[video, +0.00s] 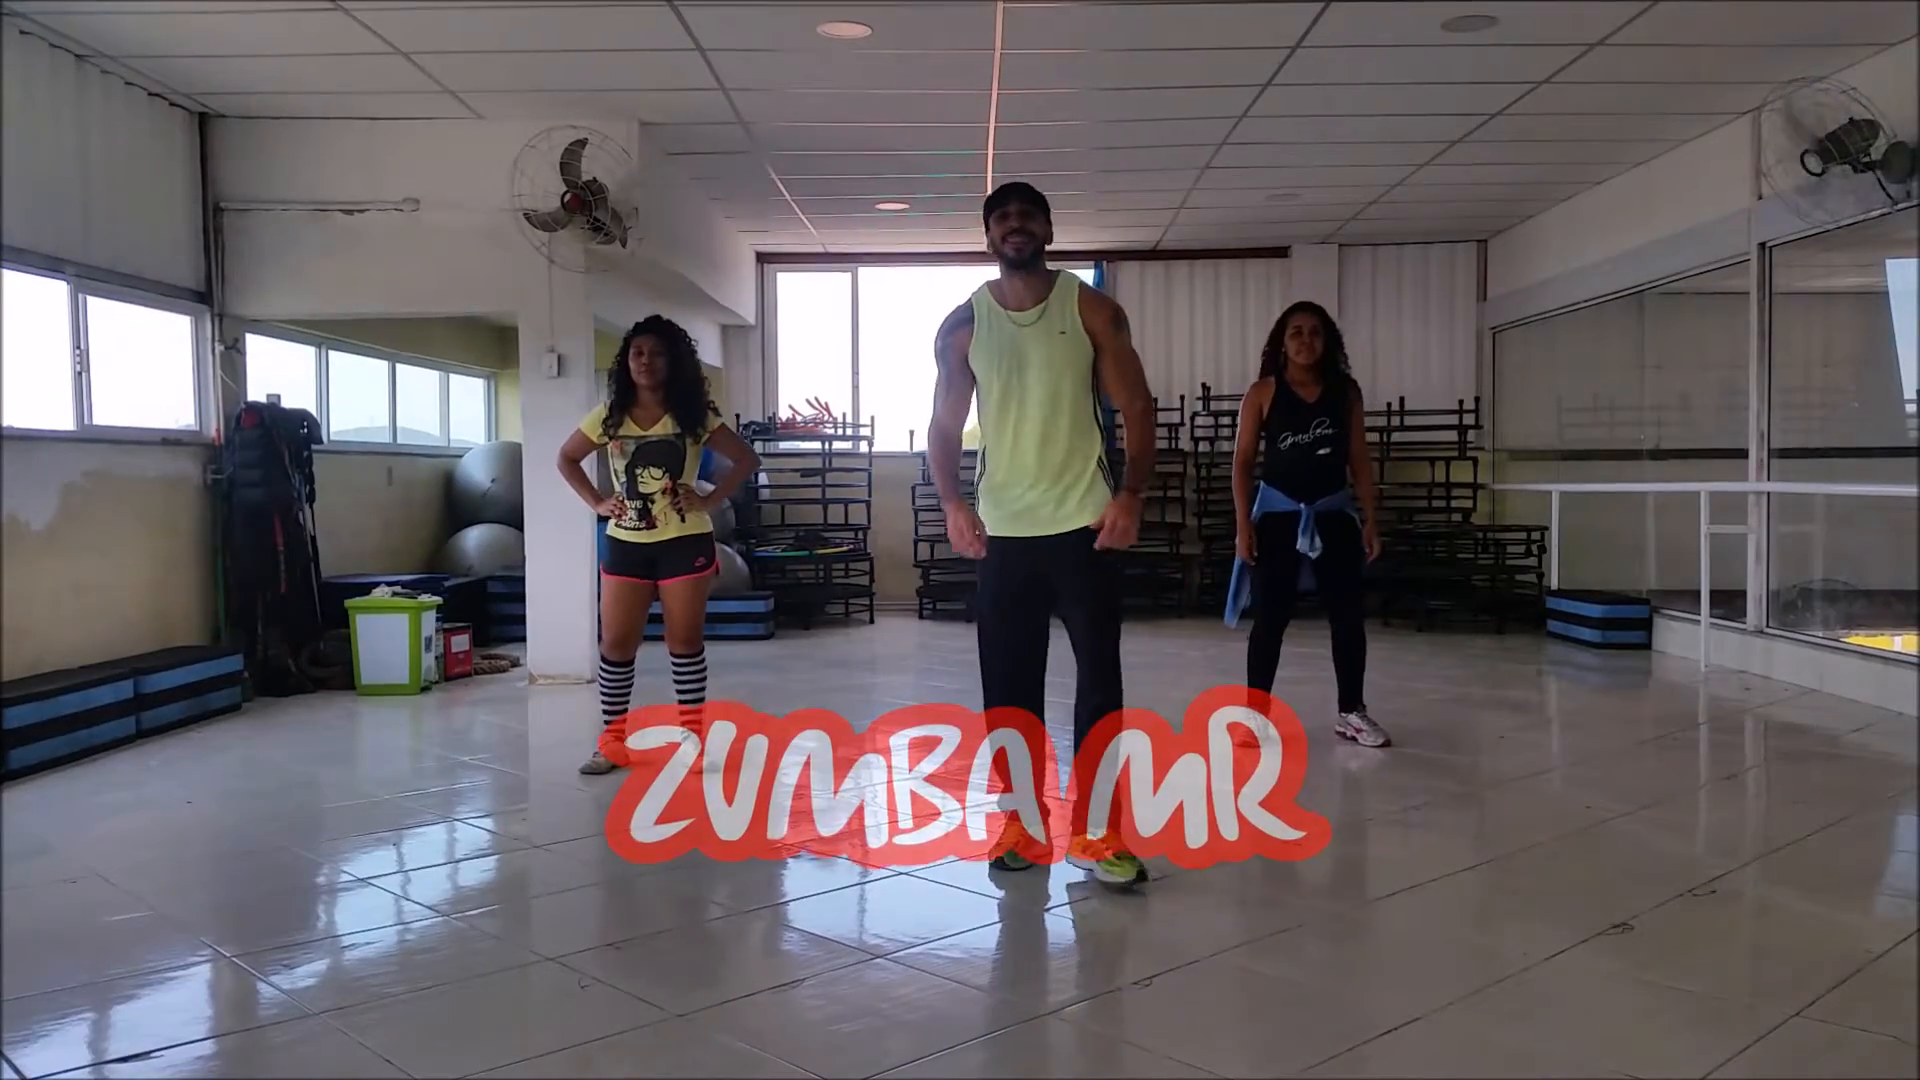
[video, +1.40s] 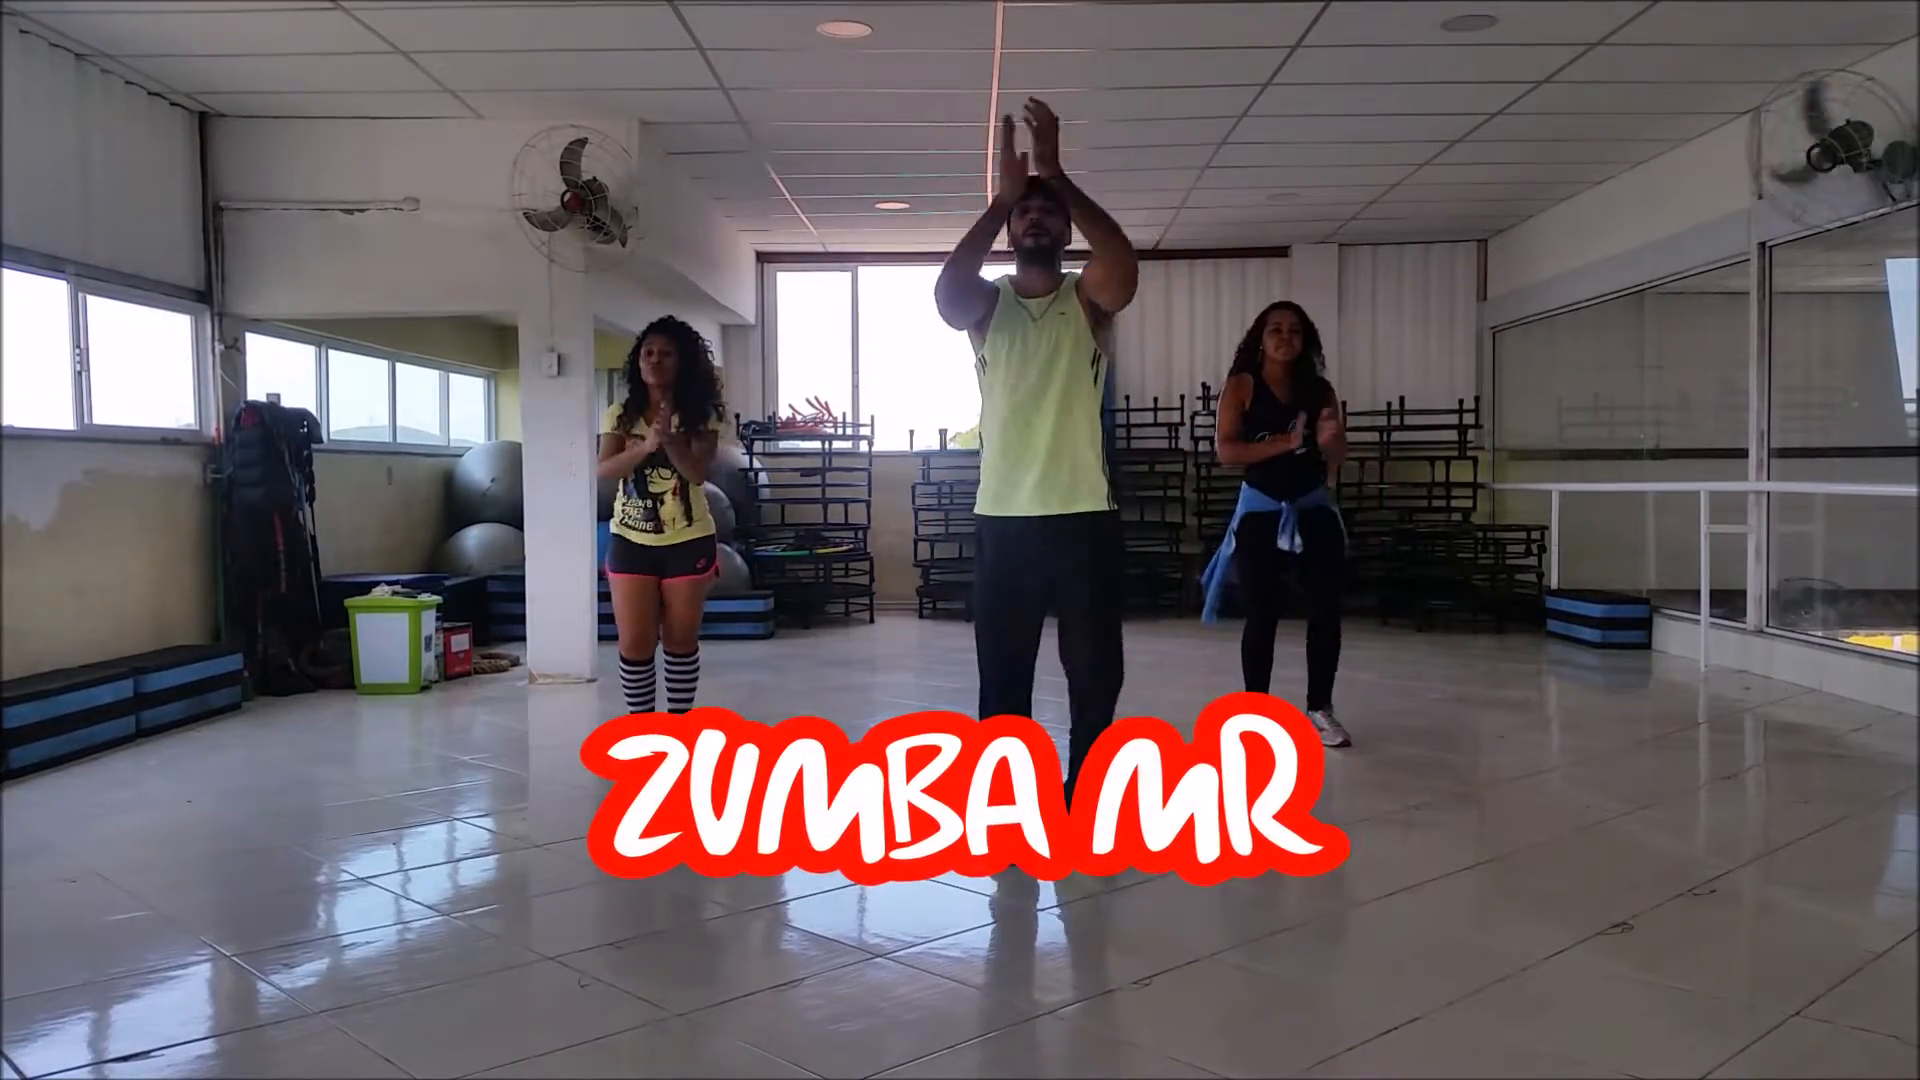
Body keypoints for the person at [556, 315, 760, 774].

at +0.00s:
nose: (644, 360)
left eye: (655, 353)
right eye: (637, 352)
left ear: (674, 362)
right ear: (626, 361)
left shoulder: (694, 414)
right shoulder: (611, 413)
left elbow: (747, 459)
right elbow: (566, 458)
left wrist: (710, 500)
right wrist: (597, 501)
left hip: (685, 544)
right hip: (625, 546)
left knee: (685, 645)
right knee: (616, 647)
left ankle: (693, 742)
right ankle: (613, 742)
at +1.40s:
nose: (654, 360)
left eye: (665, 353)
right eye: (647, 352)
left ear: (683, 363)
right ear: (638, 361)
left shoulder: (700, 414)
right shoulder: (621, 414)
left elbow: (698, 473)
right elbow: (604, 469)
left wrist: (670, 440)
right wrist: (646, 446)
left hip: (688, 541)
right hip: (630, 541)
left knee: (681, 643)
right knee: (634, 646)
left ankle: (680, 733)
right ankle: (641, 734)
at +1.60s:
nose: (645, 359)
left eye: (658, 354)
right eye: (639, 352)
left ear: (677, 367)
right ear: (631, 361)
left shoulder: (690, 412)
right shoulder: (614, 411)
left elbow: (733, 442)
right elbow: (565, 442)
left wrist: (710, 391)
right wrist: (592, 392)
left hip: (682, 542)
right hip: (624, 543)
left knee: (677, 642)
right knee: (630, 644)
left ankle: (681, 730)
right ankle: (640, 732)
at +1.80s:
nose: (651, 352)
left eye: (661, 348)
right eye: (644, 346)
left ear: (677, 358)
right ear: (632, 356)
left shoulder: (689, 405)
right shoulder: (618, 406)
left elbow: (708, 386)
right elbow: (589, 384)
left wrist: (685, 328)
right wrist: (612, 331)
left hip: (680, 538)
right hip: (623, 538)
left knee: (675, 639)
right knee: (633, 642)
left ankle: (681, 727)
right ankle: (640, 730)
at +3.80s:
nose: (666, 367)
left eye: (674, 359)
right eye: (657, 359)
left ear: (688, 363)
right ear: (642, 363)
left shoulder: (702, 407)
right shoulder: (625, 405)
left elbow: (710, 342)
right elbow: (602, 346)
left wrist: (674, 290)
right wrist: (649, 299)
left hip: (692, 541)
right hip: (634, 541)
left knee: (689, 647)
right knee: (640, 647)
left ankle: (692, 736)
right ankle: (652, 739)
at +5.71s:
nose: (658, 363)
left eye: (667, 355)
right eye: (651, 354)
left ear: (684, 360)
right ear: (638, 360)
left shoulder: (699, 406)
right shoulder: (624, 403)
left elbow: (710, 344)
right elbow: (604, 341)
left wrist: (675, 291)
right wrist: (653, 294)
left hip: (691, 541)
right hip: (632, 541)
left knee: (686, 643)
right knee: (635, 644)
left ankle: (686, 738)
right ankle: (649, 740)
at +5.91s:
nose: (662, 359)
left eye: (672, 351)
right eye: (654, 351)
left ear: (692, 358)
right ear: (644, 358)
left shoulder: (710, 403)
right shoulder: (630, 402)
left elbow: (744, 360)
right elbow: (578, 364)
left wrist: (709, 304)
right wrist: (607, 307)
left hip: (695, 540)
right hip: (637, 538)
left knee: (690, 642)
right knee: (620, 638)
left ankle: (688, 737)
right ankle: (638, 730)